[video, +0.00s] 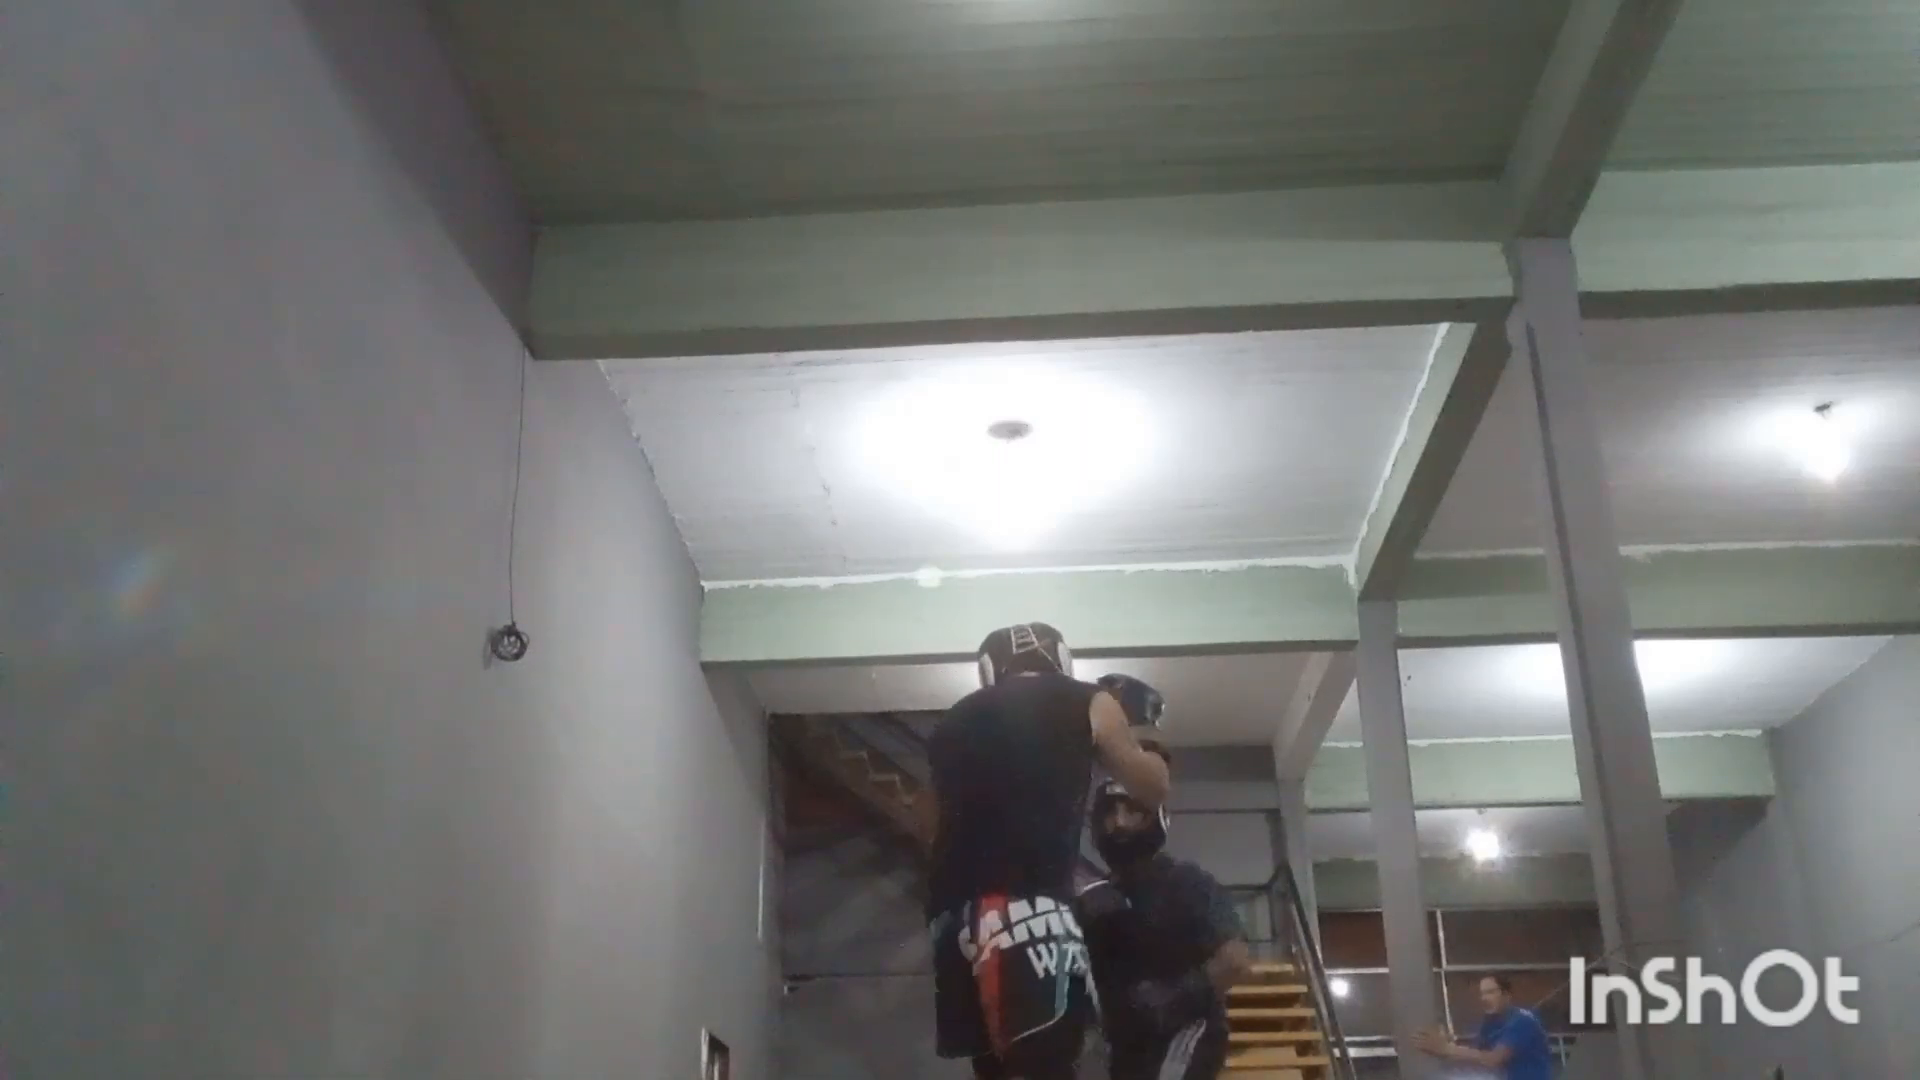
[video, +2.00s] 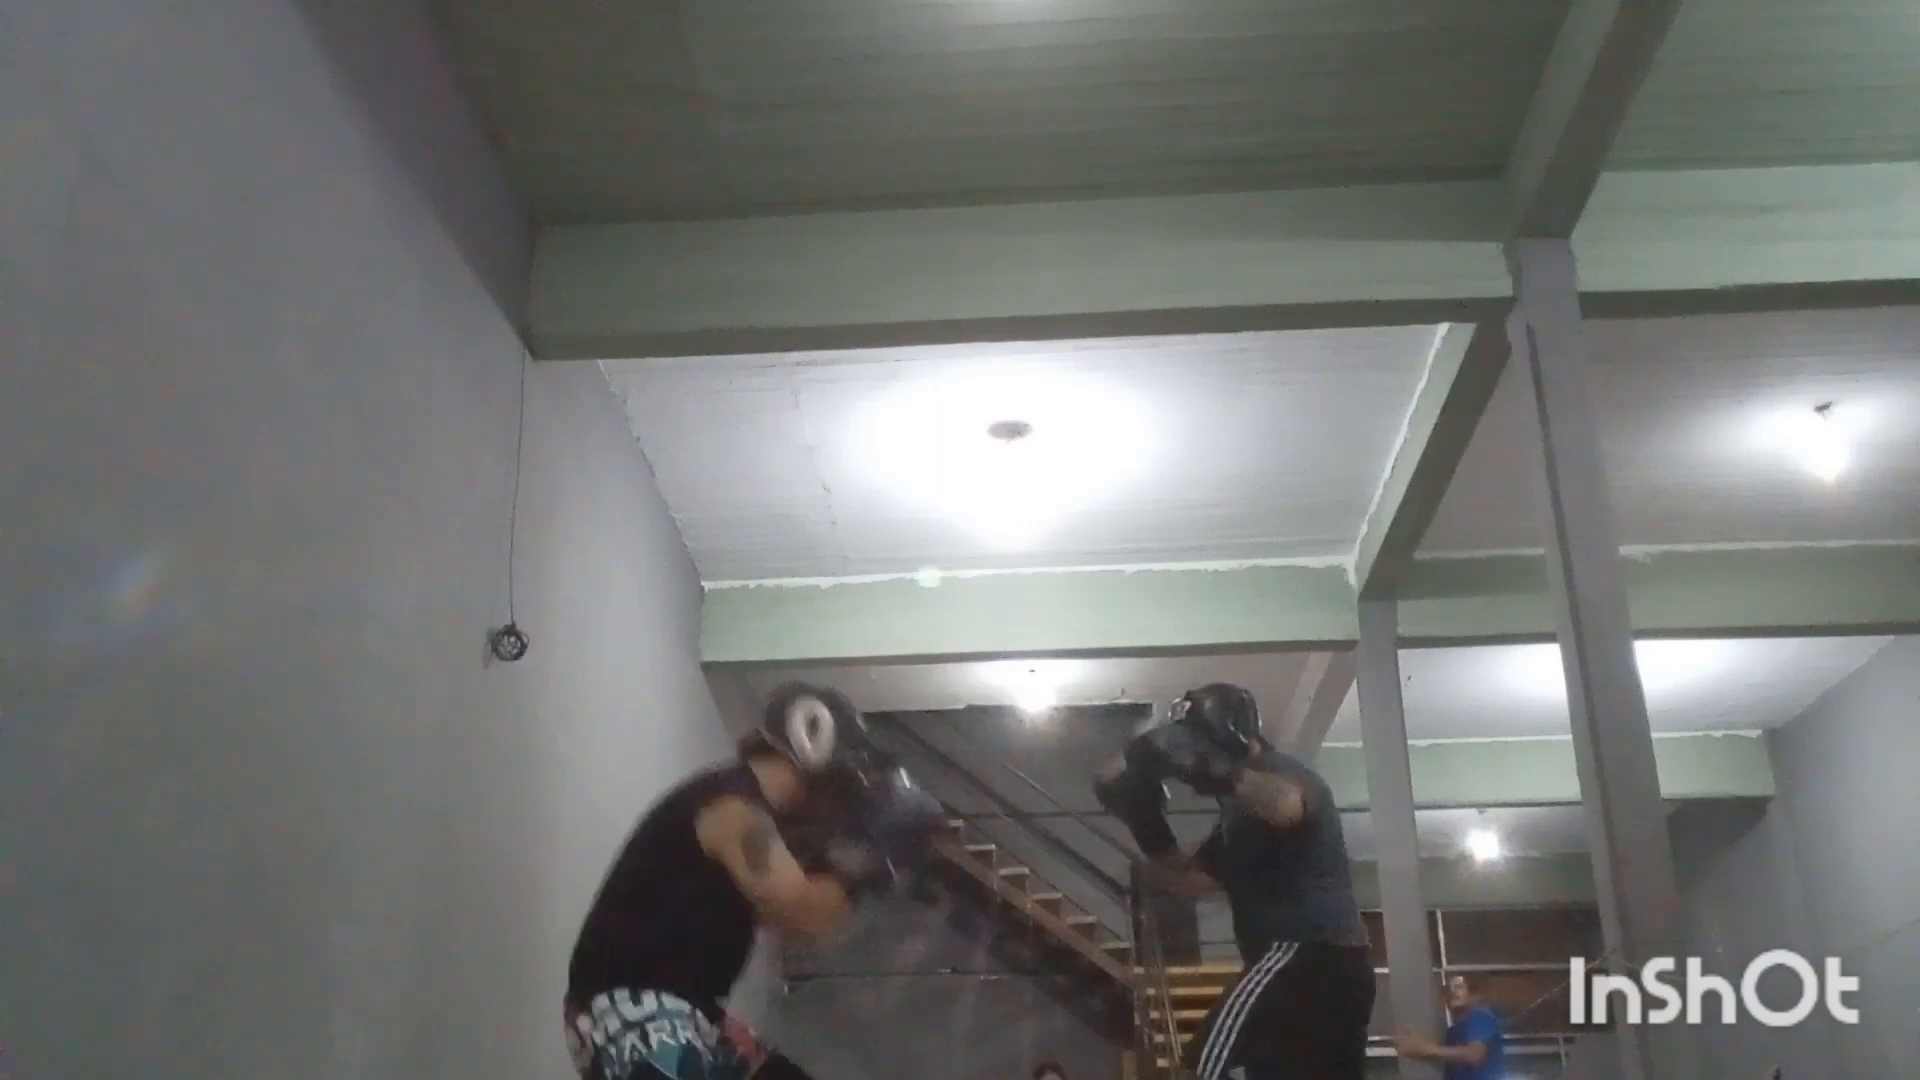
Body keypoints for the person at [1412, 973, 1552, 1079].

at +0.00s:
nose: (1484, 998)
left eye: (1490, 992)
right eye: (1482, 994)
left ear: (1506, 994)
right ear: (1480, 996)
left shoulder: (1523, 1020)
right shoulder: (1491, 1021)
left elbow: (1495, 1060)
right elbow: (1479, 1051)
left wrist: (1446, 1049)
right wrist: (1446, 1046)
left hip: (1532, 1075)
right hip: (1509, 1075)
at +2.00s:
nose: (1453, 992)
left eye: (1458, 987)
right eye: (1450, 989)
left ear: (1471, 990)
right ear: (1446, 994)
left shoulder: (1480, 1017)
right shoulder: (1457, 1024)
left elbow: (1475, 1054)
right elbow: (1449, 1055)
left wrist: (1424, 1049)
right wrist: (1416, 1046)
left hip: (1480, 1075)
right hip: (1459, 1075)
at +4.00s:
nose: (1459, 997)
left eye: (1463, 990)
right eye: (1452, 993)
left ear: (1471, 994)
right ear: (1445, 1000)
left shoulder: (1480, 1016)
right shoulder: (1455, 1028)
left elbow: (1477, 1054)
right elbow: (1449, 1056)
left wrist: (1425, 1050)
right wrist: (1417, 1049)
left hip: (1484, 1075)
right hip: (1459, 1076)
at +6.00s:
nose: (1455, 1002)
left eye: (1461, 996)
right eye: (1451, 997)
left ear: (1471, 997)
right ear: (1447, 1001)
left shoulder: (1482, 1018)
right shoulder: (1457, 1026)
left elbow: (1476, 1054)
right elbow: (1450, 1056)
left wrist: (1426, 1049)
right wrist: (1419, 1051)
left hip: (1484, 1076)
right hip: (1460, 1076)